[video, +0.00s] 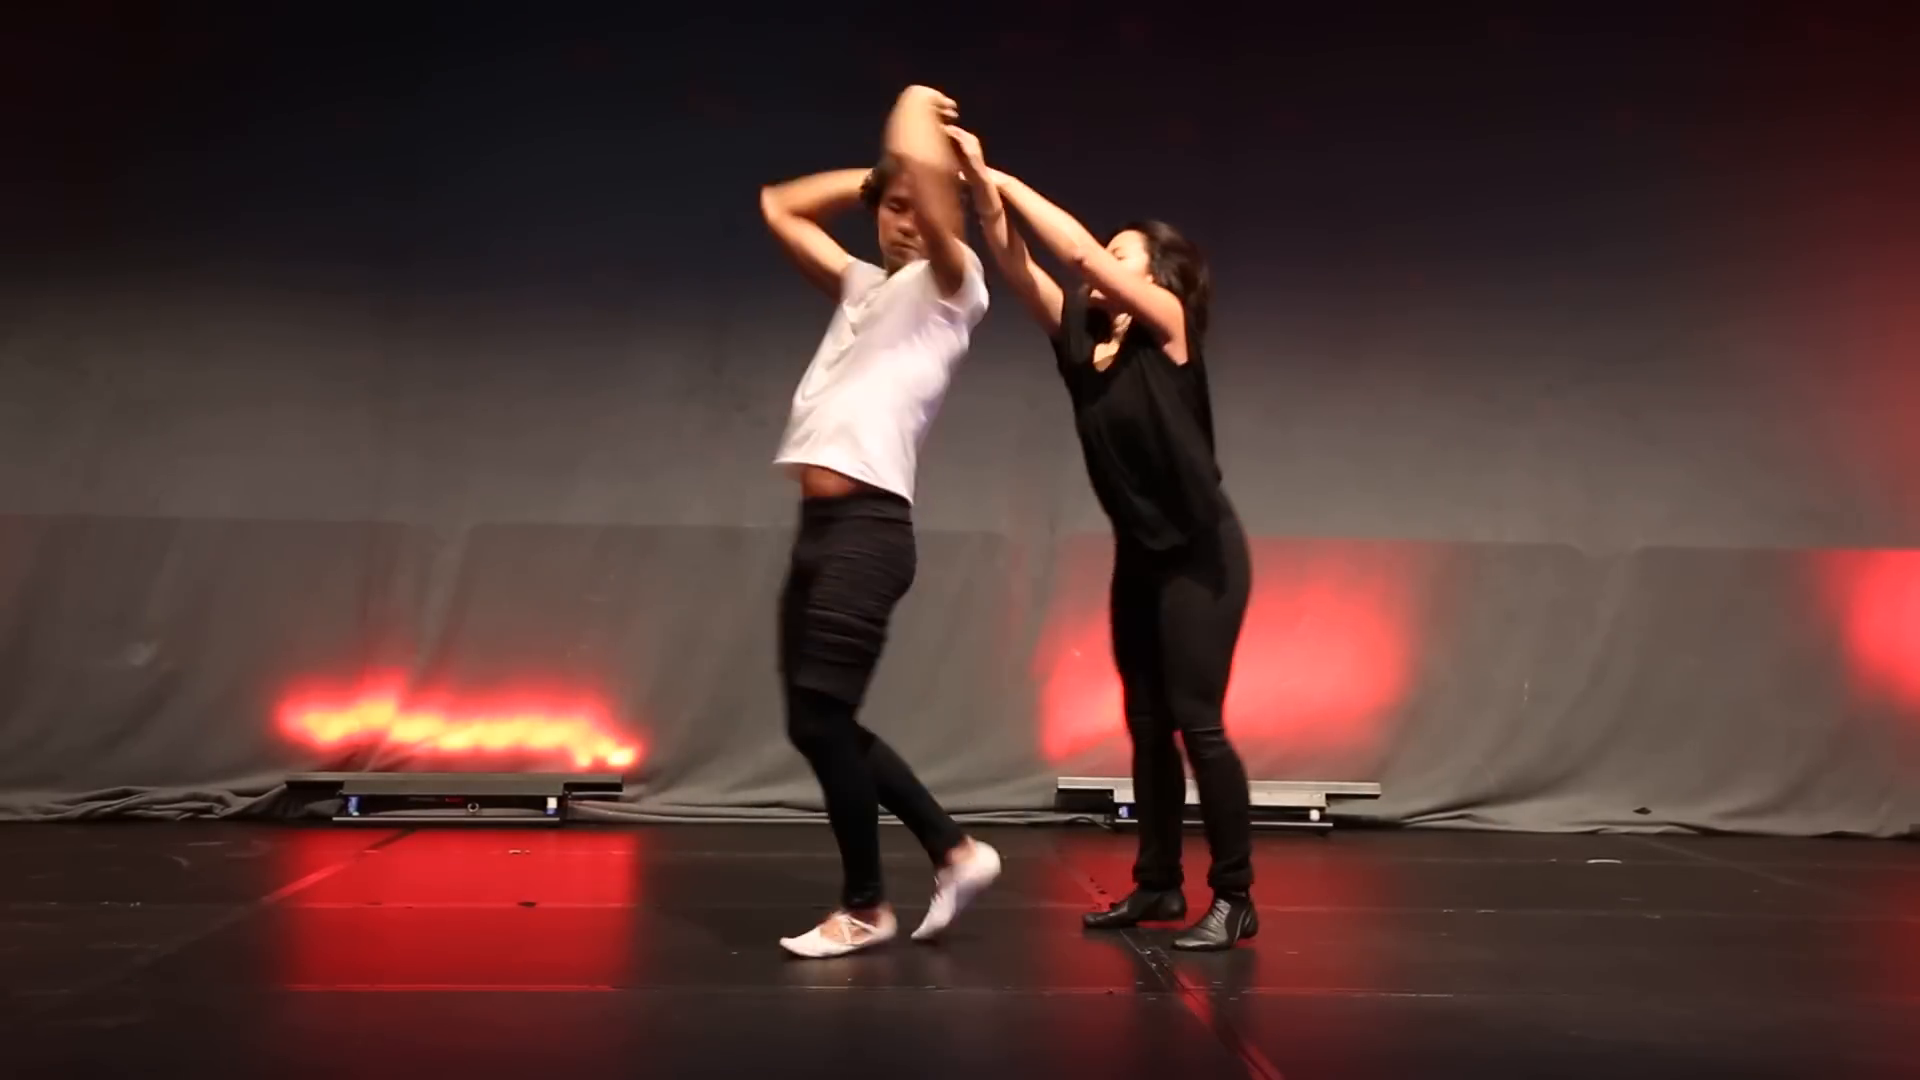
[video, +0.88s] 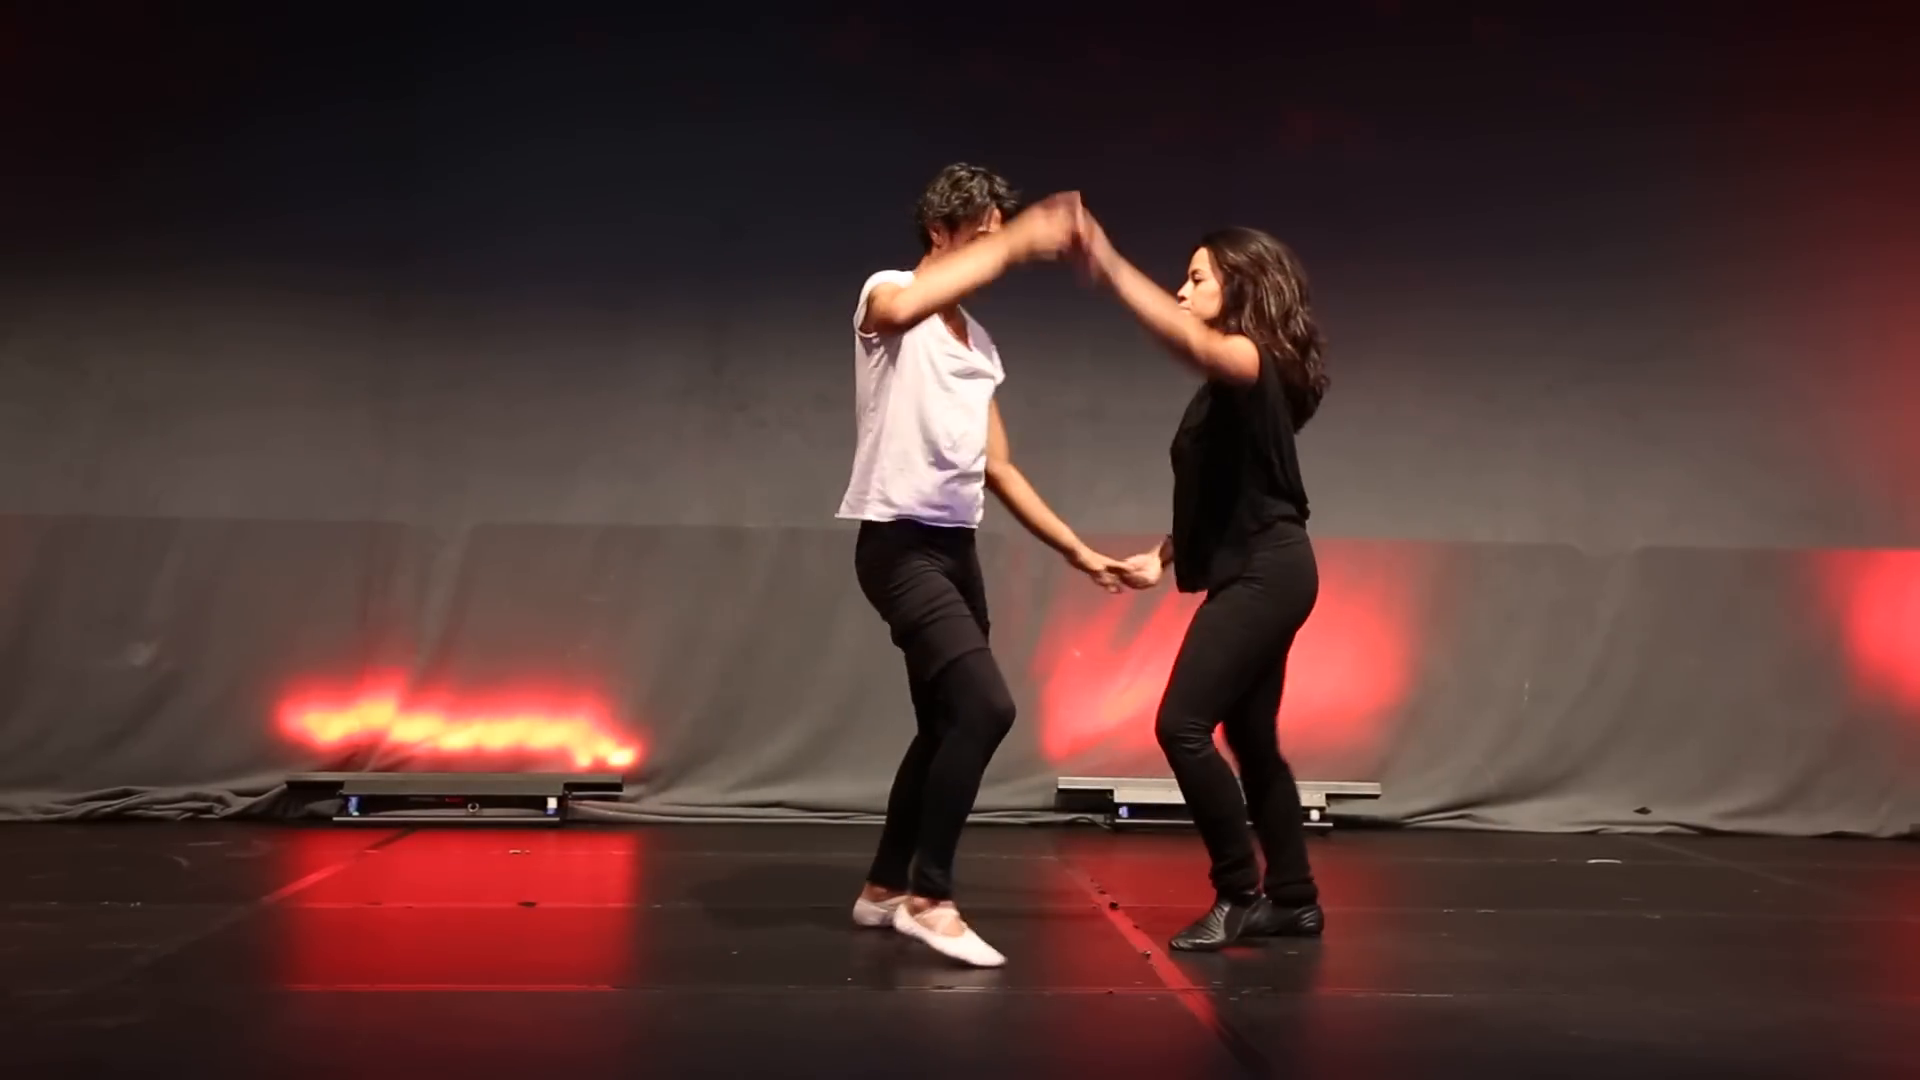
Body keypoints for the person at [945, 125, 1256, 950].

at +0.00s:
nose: (1100, 260)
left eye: (1118, 252)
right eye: (1103, 249)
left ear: (1161, 274)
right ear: (1105, 270)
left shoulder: (1171, 325)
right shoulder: (1082, 332)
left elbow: (1085, 253)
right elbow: (1007, 254)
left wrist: (1003, 181)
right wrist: (975, 170)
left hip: (1203, 556)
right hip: (1139, 559)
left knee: (1197, 722)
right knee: (1148, 724)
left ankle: (1234, 903)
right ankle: (1158, 890)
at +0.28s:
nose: (1130, 272)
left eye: (1147, 261)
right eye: (1133, 261)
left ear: (1193, 273)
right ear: (1142, 277)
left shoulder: (1219, 333)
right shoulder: (1130, 335)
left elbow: (1096, 331)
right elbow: (1073, 315)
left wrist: (1024, 263)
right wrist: (1002, 255)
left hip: (1248, 560)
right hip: (1179, 563)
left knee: (1232, 731)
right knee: (1125, 710)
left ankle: (1234, 908)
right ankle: (1154, 866)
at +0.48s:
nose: (1154, 283)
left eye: (1170, 272)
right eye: (1157, 271)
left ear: (1217, 282)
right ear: (1190, 287)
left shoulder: (1233, 358)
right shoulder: (1163, 359)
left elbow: (1136, 419)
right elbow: (1064, 352)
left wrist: (1042, 369)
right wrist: (992, 339)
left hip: (1259, 574)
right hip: (1194, 579)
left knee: (1235, 737)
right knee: (1123, 715)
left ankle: (1235, 910)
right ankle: (1229, 827)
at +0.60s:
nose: (1168, 286)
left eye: (1183, 274)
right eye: (1171, 273)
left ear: (1228, 283)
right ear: (1206, 288)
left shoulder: (1237, 363)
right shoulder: (1200, 369)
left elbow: (1159, 441)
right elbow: (1129, 423)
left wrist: (1051, 427)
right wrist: (1041, 429)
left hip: (1253, 576)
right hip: (1208, 578)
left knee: (1227, 739)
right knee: (1157, 734)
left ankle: (1238, 904)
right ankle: (1254, 863)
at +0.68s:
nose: (1173, 286)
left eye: (1188, 274)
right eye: (1176, 273)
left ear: (1233, 285)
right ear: (1221, 289)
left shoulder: (1240, 365)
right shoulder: (1217, 369)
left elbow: (1175, 447)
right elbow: (1169, 463)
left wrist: (1063, 436)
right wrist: (1095, 488)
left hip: (1252, 575)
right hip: (1220, 576)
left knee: (1203, 735)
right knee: (1186, 734)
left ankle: (1237, 905)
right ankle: (1275, 876)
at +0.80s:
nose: (1178, 290)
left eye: (1194, 277)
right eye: (1183, 276)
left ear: (1238, 288)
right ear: (1227, 290)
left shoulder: (1245, 359)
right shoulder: (1230, 368)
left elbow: (1204, 400)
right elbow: (1206, 484)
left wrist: (1100, 351)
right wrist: (1144, 541)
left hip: (1258, 568)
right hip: (1250, 568)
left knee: (1188, 729)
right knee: (1231, 740)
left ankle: (1237, 901)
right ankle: (1291, 900)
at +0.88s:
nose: (1183, 292)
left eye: (1198, 278)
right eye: (1184, 279)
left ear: (1244, 288)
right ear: (1229, 289)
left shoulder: (1257, 361)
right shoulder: (1230, 372)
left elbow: (1183, 332)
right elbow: (1231, 492)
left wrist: (1107, 261)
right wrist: (1164, 554)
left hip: (1264, 572)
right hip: (1251, 574)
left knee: (1183, 727)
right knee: (1253, 742)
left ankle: (1242, 896)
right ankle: (1294, 901)